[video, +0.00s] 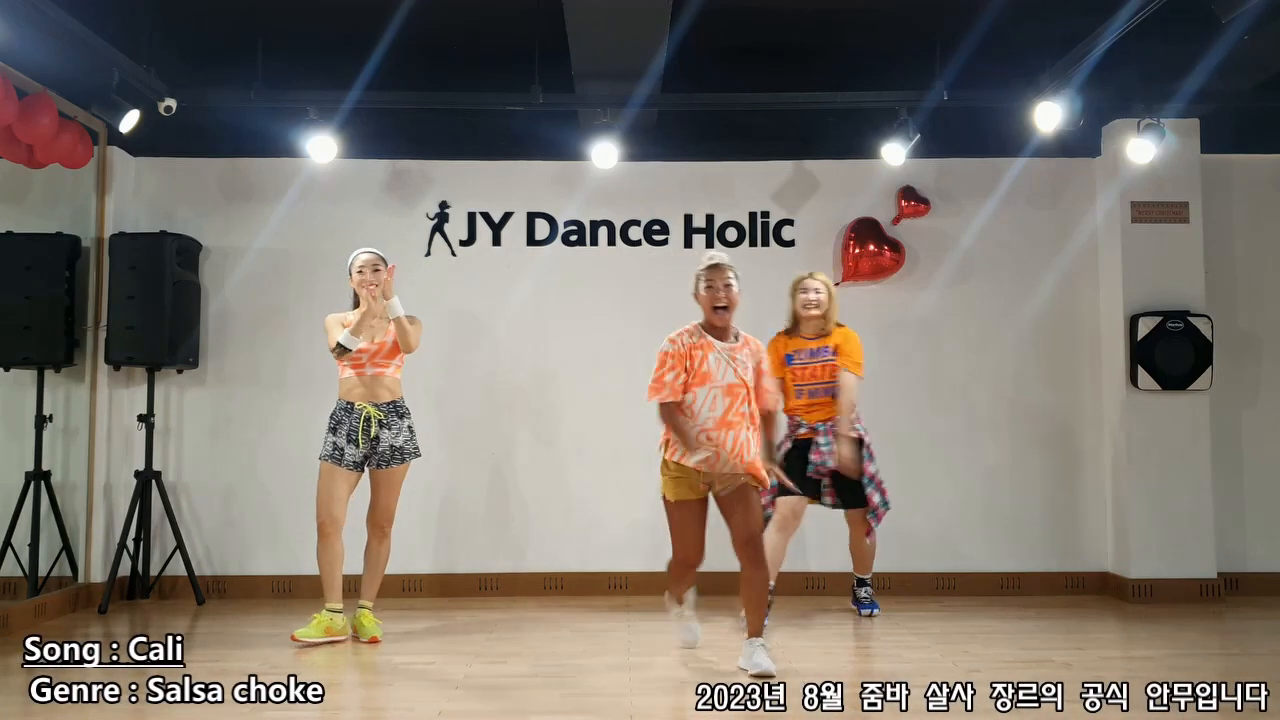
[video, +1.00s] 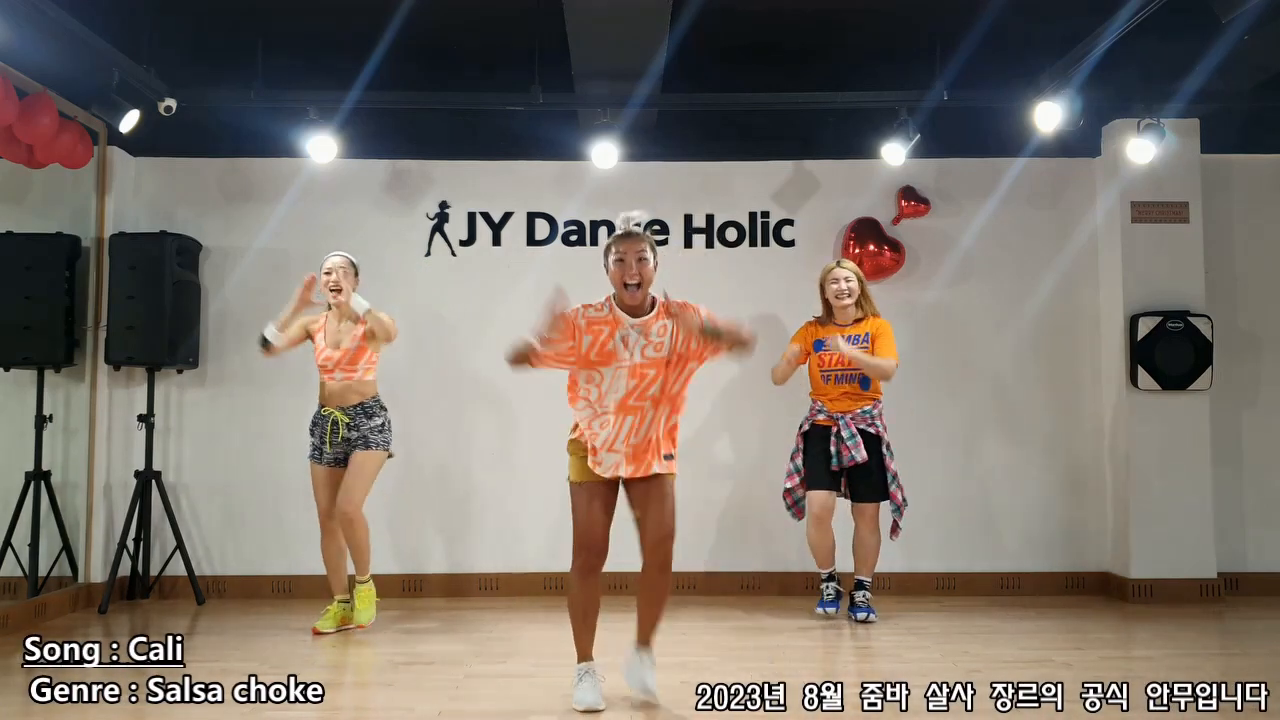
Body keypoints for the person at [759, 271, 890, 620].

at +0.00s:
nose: (811, 297)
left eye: (818, 291)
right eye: (805, 291)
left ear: (830, 300)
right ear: (793, 300)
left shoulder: (845, 339)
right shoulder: (779, 344)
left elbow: (847, 392)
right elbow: (772, 401)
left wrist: (845, 438)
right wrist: (767, 452)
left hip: (841, 434)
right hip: (800, 438)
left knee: (859, 517)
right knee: (785, 515)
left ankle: (863, 587)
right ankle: (762, 593)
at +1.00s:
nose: (842, 285)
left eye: (848, 279)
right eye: (834, 281)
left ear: (859, 288)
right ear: (824, 292)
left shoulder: (876, 326)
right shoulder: (810, 331)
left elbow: (887, 371)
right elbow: (778, 378)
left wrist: (849, 353)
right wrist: (790, 361)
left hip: (865, 428)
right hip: (822, 428)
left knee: (866, 515)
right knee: (818, 510)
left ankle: (861, 592)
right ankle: (828, 584)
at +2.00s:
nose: (853, 291)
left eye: (859, 286)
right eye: (846, 286)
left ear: (869, 294)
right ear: (833, 294)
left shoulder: (887, 332)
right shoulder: (824, 341)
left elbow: (916, 381)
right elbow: (795, 389)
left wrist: (881, 381)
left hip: (894, 431)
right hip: (850, 433)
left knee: (921, 513)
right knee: (833, 510)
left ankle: (925, 589)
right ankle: (831, 592)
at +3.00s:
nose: (950, 298)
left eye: (956, 292)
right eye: (941, 293)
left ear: (966, 300)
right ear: (928, 301)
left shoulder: (970, 347)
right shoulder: (916, 335)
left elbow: (1002, 382)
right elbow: (920, 374)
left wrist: (1021, 366)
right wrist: (970, 361)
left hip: (931, 438)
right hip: (892, 432)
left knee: (963, 512)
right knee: (870, 506)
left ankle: (976, 592)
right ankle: (831, 575)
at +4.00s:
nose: (788, 299)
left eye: (796, 295)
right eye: (781, 295)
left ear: (806, 308)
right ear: (771, 307)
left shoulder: (809, 333)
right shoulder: (772, 340)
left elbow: (755, 317)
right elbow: (731, 317)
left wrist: (719, 287)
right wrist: (695, 286)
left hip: (848, 433)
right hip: (811, 440)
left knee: (895, 507)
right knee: (783, 507)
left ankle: (951, 571)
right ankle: (777, 595)